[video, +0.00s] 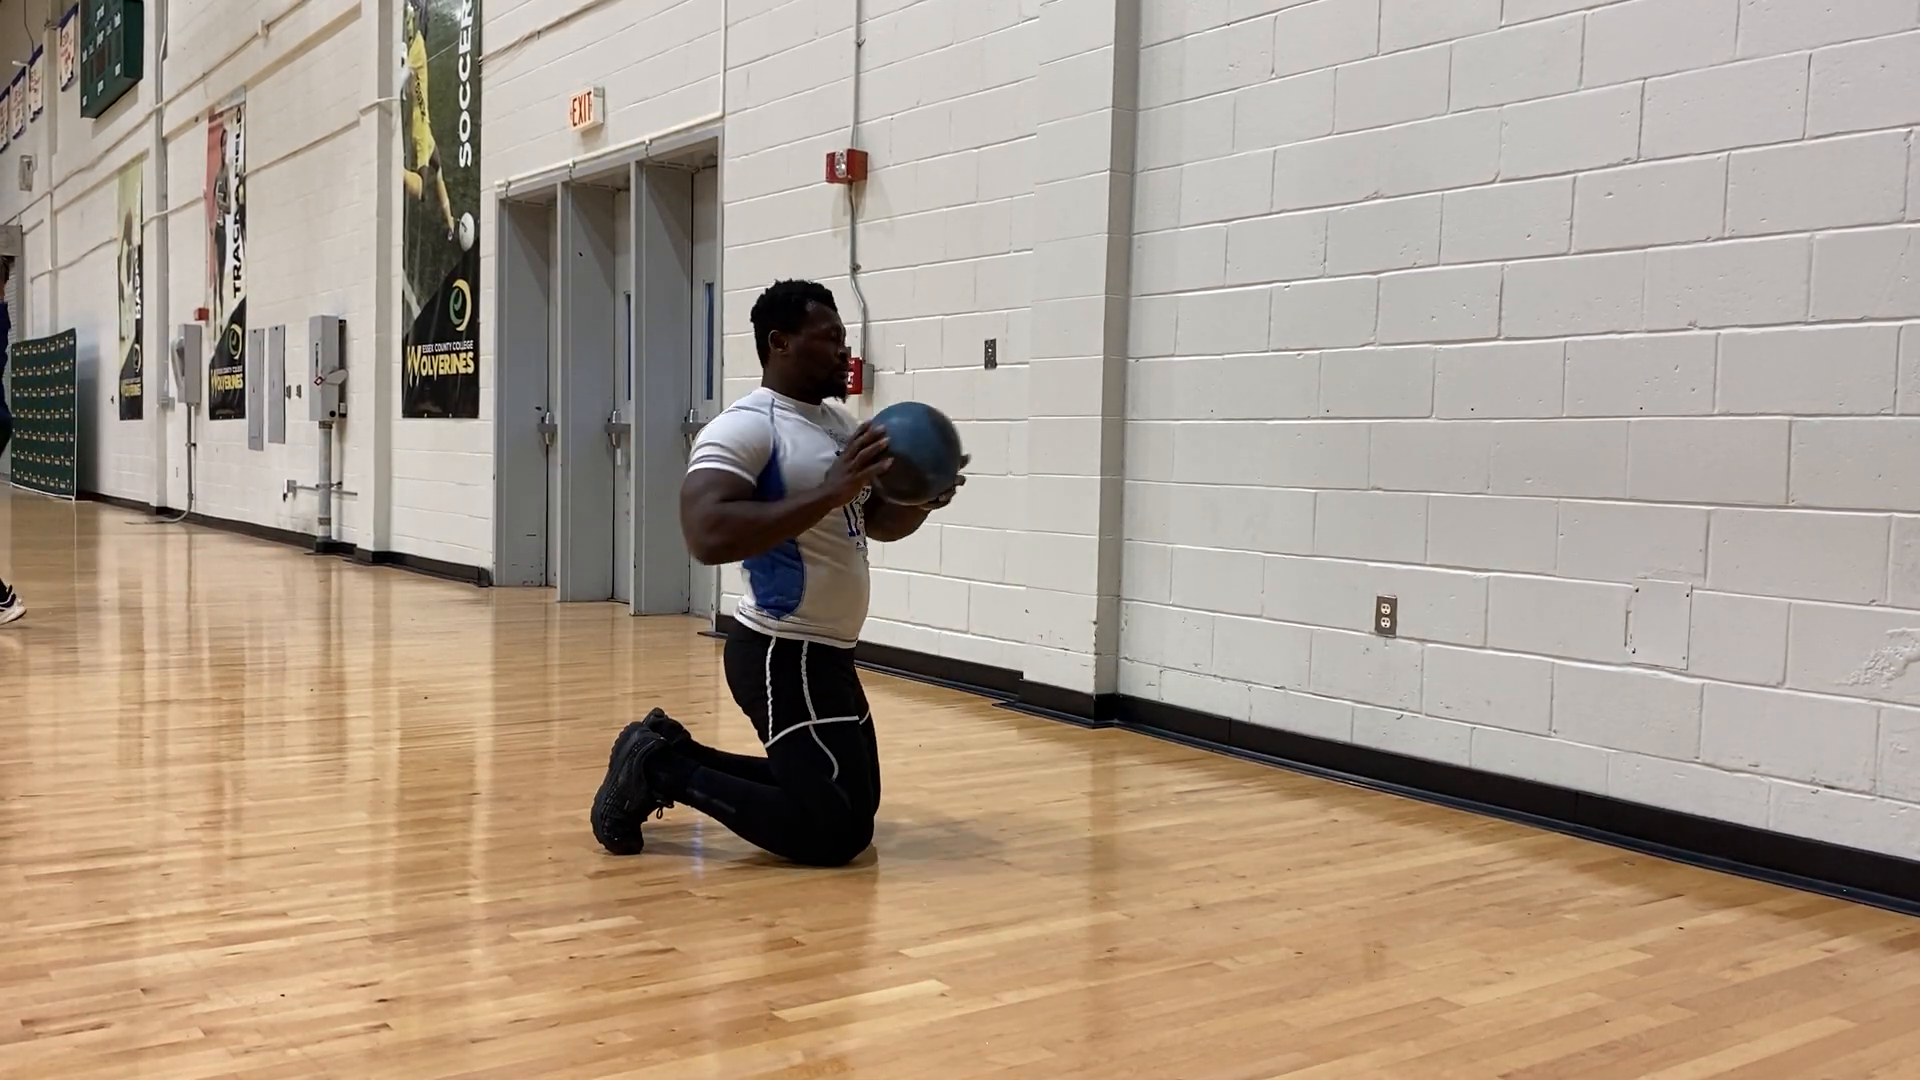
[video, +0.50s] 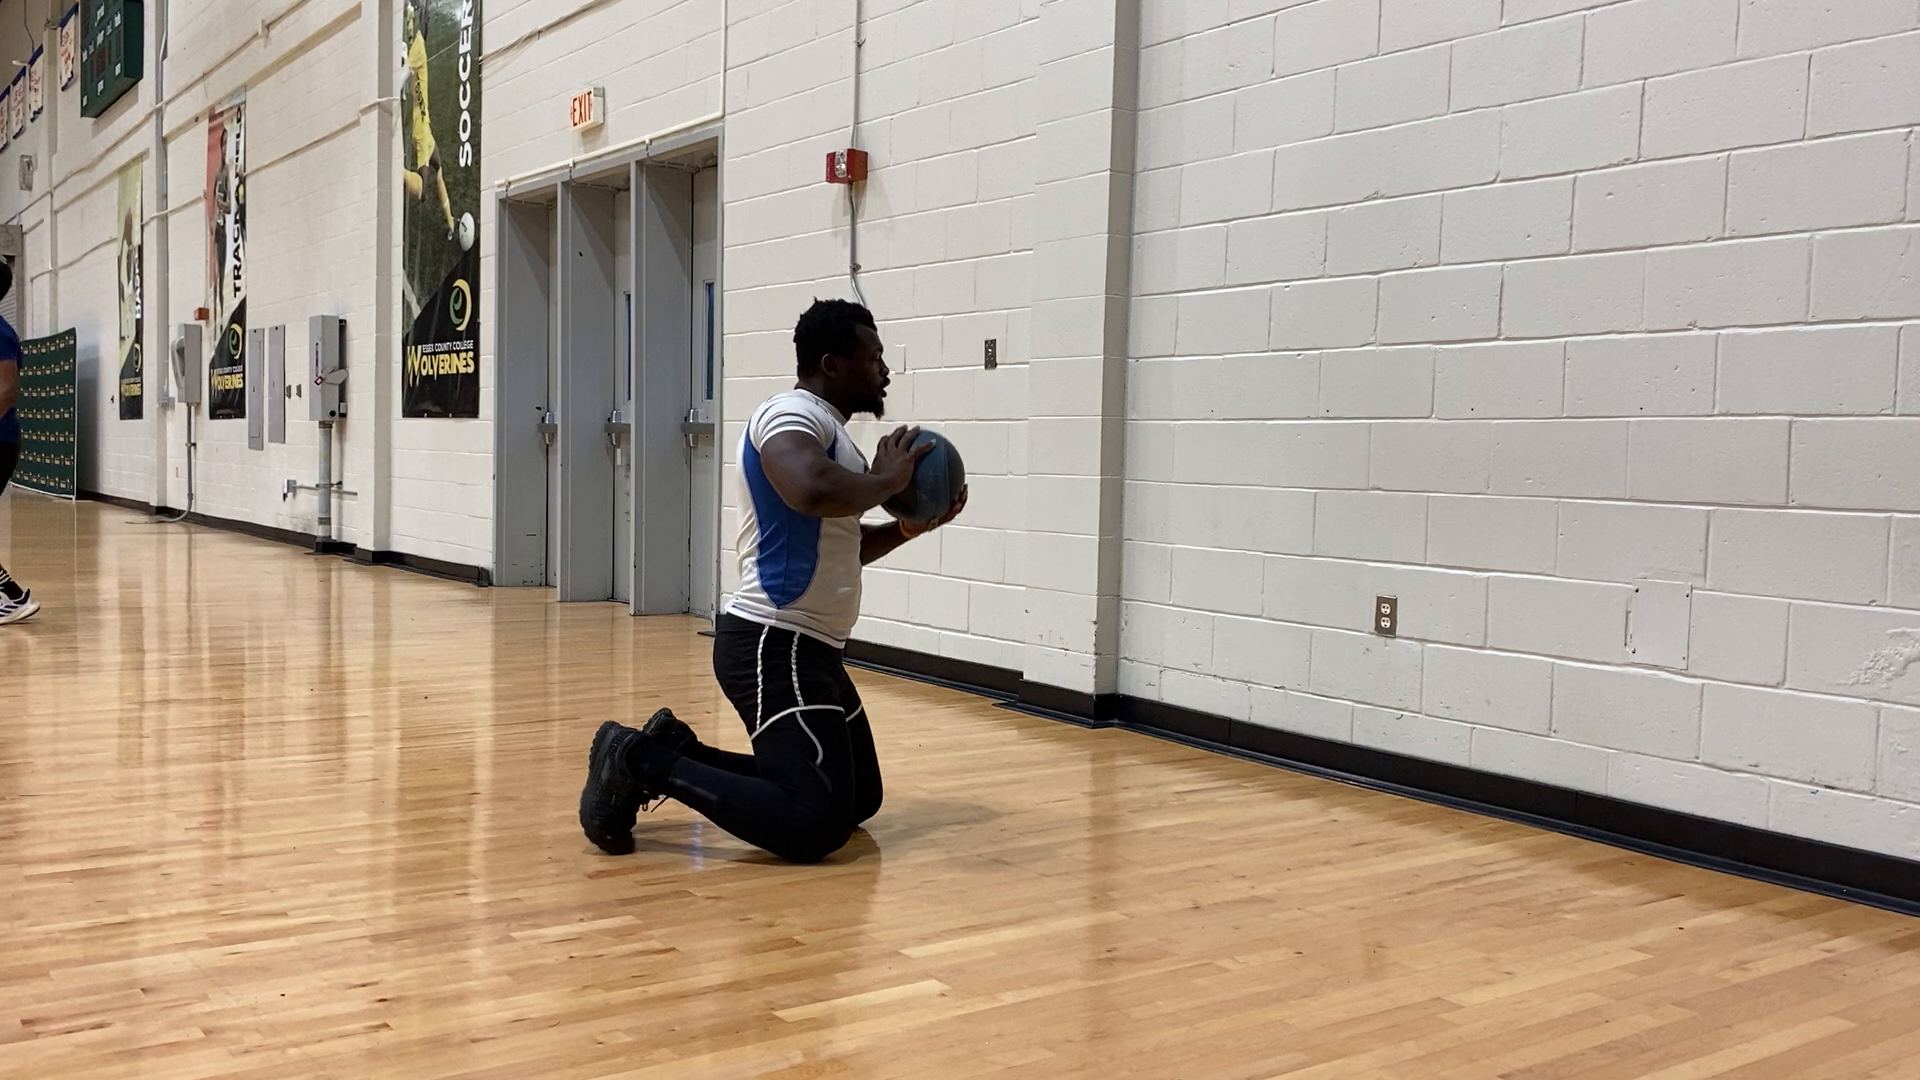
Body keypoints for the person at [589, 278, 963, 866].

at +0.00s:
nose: (844, 346)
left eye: (842, 334)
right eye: (828, 335)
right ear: (778, 345)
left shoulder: (839, 423)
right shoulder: (742, 425)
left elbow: (880, 522)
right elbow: (708, 534)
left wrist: (919, 494)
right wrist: (828, 494)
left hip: (825, 648)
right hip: (783, 649)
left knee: (848, 804)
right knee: (834, 832)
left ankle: (679, 755)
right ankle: (662, 769)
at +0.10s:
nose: (849, 349)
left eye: (846, 336)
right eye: (834, 338)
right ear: (788, 348)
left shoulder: (828, 432)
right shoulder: (755, 422)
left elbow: (854, 527)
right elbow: (750, 522)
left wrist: (919, 503)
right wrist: (854, 481)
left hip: (815, 648)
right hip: (779, 649)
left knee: (847, 798)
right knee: (833, 831)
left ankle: (676, 755)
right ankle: (662, 769)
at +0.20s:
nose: (860, 358)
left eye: (857, 344)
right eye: (845, 345)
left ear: (809, 356)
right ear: (799, 354)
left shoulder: (825, 434)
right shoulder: (773, 420)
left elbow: (839, 544)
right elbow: (792, 509)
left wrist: (910, 518)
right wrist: (876, 479)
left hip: (808, 648)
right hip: (777, 651)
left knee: (848, 798)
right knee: (833, 831)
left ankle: (679, 755)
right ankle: (662, 770)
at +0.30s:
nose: (876, 368)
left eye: (872, 354)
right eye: (863, 355)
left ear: (821, 364)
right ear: (818, 362)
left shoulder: (825, 435)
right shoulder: (790, 417)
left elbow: (826, 556)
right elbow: (815, 499)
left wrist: (903, 533)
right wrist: (884, 487)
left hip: (807, 649)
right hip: (775, 649)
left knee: (854, 794)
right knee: (830, 830)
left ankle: (681, 756)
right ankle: (658, 768)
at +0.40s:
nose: (885, 374)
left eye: (881, 360)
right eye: (873, 360)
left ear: (834, 366)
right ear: (831, 365)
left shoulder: (826, 432)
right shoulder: (795, 415)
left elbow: (824, 561)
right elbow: (821, 492)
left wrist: (903, 536)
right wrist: (885, 489)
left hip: (808, 649)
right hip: (774, 648)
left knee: (859, 795)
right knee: (825, 828)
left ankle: (683, 755)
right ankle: (648, 766)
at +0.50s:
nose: (886, 369)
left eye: (882, 355)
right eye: (873, 356)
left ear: (835, 364)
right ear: (832, 363)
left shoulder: (835, 437)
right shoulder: (791, 413)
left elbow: (837, 555)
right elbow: (809, 488)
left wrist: (908, 526)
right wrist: (883, 480)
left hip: (809, 646)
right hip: (772, 643)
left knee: (857, 796)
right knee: (814, 827)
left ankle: (682, 755)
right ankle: (638, 761)